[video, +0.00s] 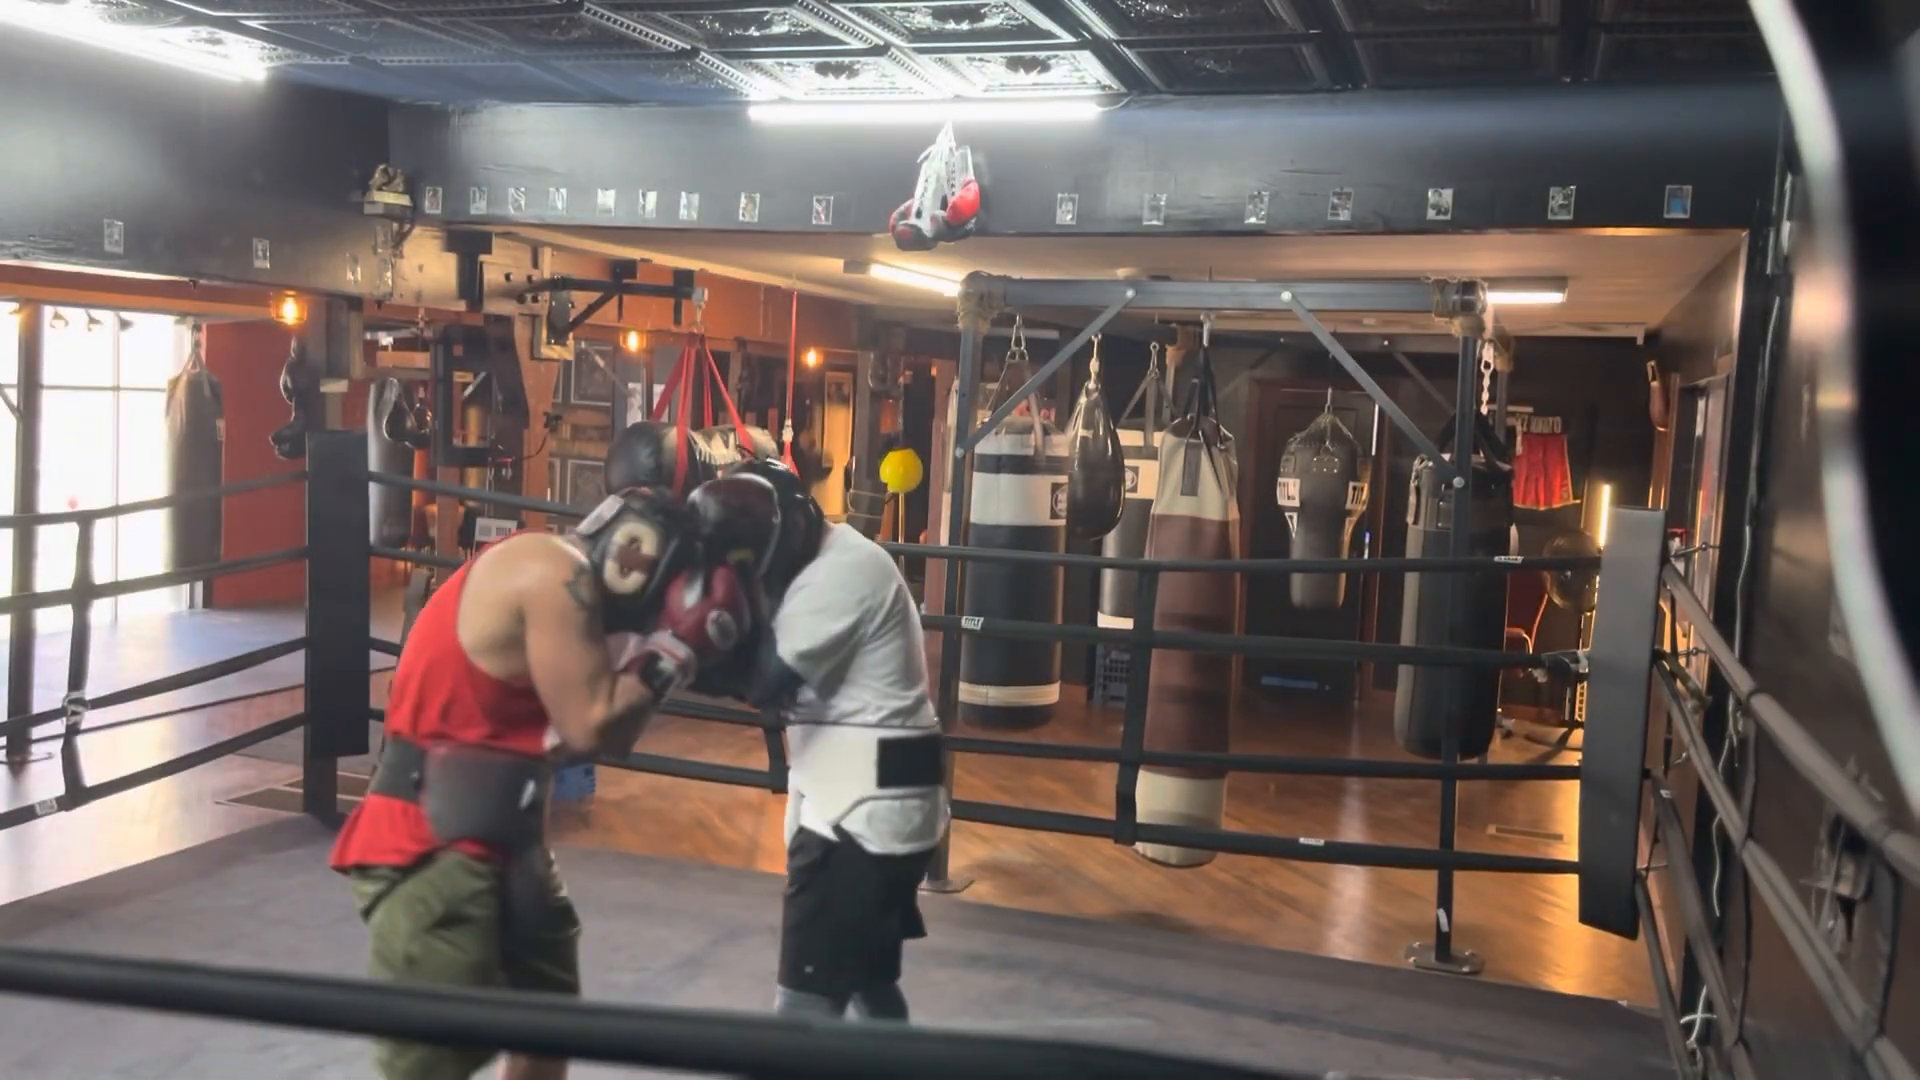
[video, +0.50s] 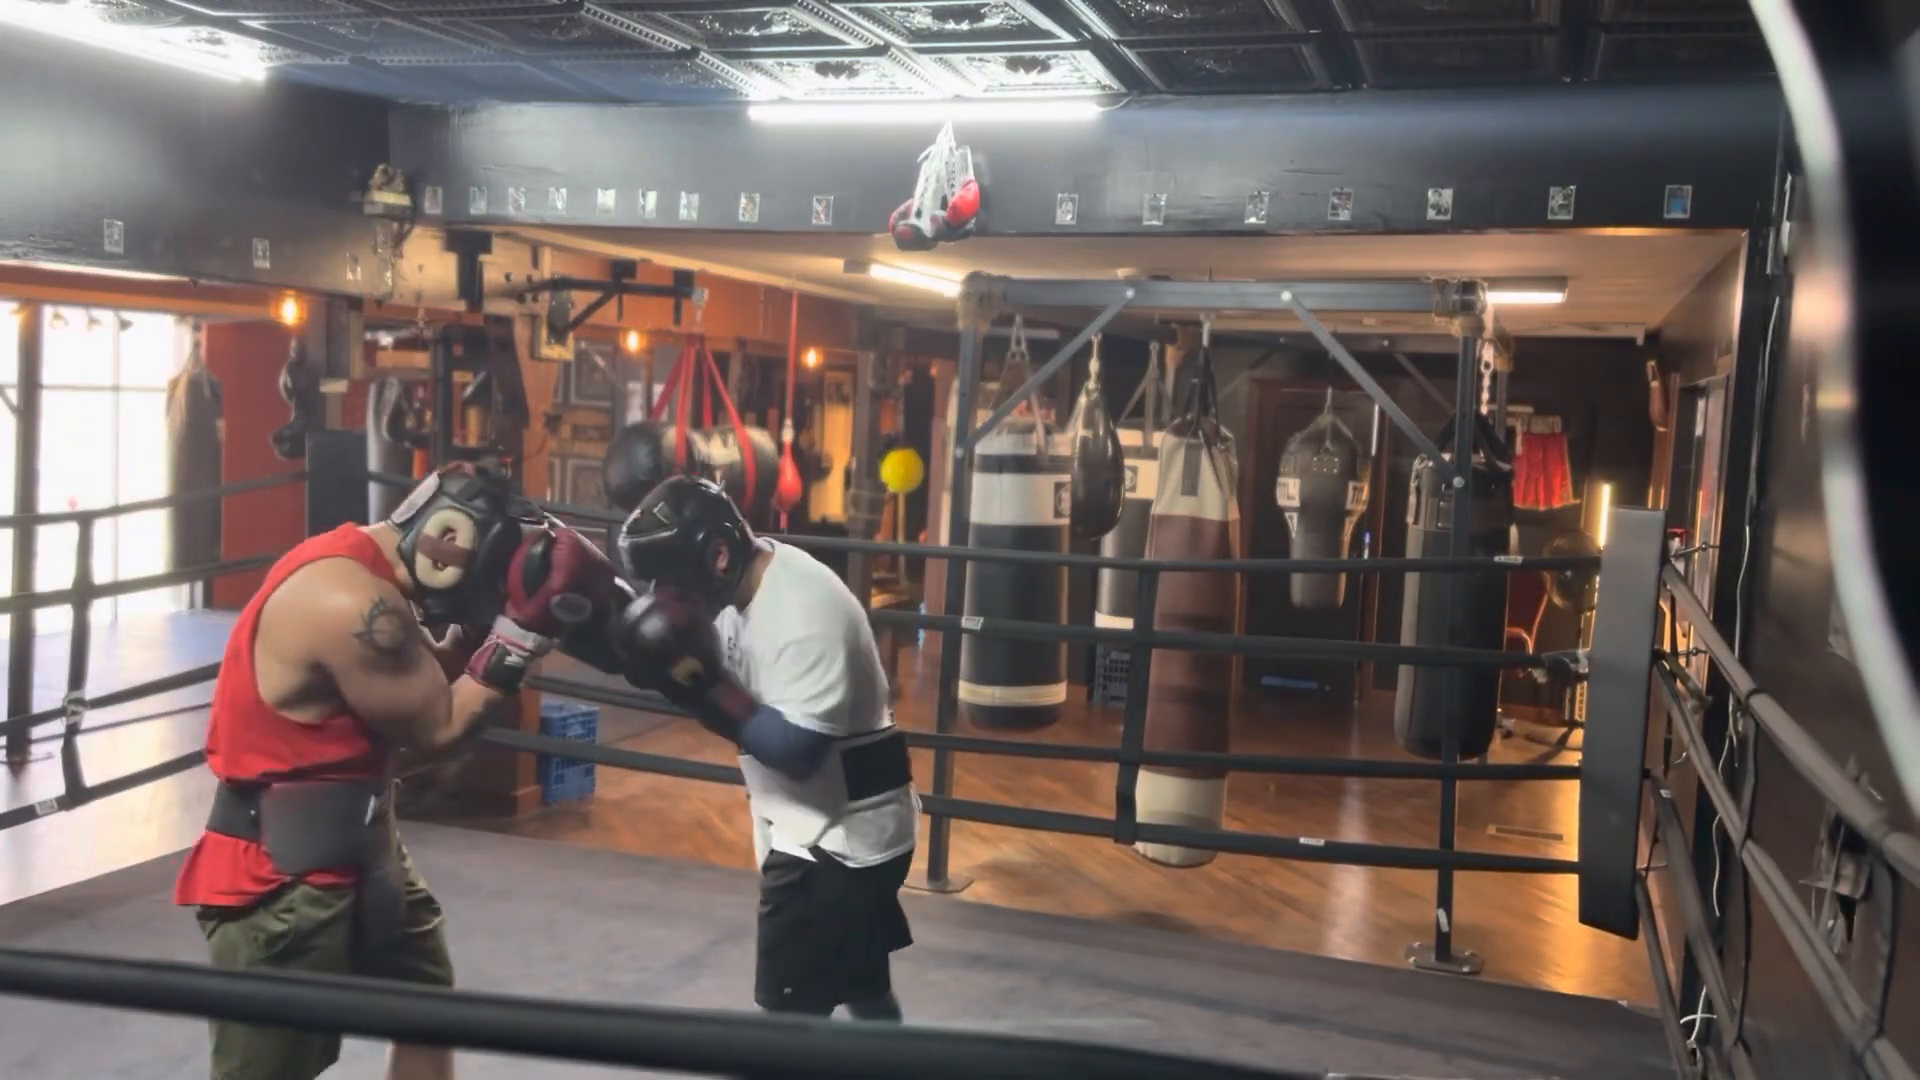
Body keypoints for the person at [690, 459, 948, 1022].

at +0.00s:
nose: (751, 570)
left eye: (751, 554)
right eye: (743, 559)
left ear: (781, 528)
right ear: (787, 519)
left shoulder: (847, 566)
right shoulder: (838, 559)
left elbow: (766, 683)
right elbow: (763, 668)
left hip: (863, 809)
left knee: (807, 1003)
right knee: (872, 989)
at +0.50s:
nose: (667, 595)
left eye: (674, 579)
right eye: (660, 581)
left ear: (720, 558)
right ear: (721, 553)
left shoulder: (806, 616)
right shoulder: (743, 582)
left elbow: (798, 751)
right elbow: (736, 712)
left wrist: (702, 686)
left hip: (836, 837)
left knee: (790, 1019)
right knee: (866, 999)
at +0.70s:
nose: (642, 566)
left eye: (646, 548)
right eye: (635, 552)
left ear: (692, 531)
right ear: (695, 527)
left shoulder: (754, 573)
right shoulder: (770, 553)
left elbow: (639, 677)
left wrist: (566, 627)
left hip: (809, 829)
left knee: (787, 1016)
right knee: (795, 1010)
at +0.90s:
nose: (639, 562)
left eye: (639, 543)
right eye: (633, 546)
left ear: (670, 530)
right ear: (684, 523)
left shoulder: (717, 578)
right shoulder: (766, 560)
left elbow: (688, 710)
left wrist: (625, 658)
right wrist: (635, 641)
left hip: (761, 834)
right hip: (825, 828)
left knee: (664, 995)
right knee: (759, 988)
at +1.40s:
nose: (568, 553)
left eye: (570, 535)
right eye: (565, 537)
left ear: (599, 520)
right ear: (651, 513)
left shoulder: (606, 587)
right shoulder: (739, 575)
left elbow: (528, 701)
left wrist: (512, 615)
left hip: (626, 875)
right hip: (728, 871)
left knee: (555, 1044)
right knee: (721, 1016)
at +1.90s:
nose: (470, 569)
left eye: (465, 553)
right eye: (461, 559)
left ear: (494, 522)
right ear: (522, 512)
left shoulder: (524, 579)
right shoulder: (636, 554)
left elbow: (473, 713)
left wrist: (413, 643)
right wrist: (458, 626)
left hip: (560, 853)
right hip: (664, 848)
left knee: (442, 1026)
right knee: (646, 1028)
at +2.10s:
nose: (392, 562)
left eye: (392, 546)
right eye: (387, 549)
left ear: (420, 529)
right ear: (472, 513)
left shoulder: (426, 592)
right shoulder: (592, 568)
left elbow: (335, 709)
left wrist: (300, 634)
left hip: (486, 883)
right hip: (611, 870)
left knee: (400, 1052)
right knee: (635, 1045)